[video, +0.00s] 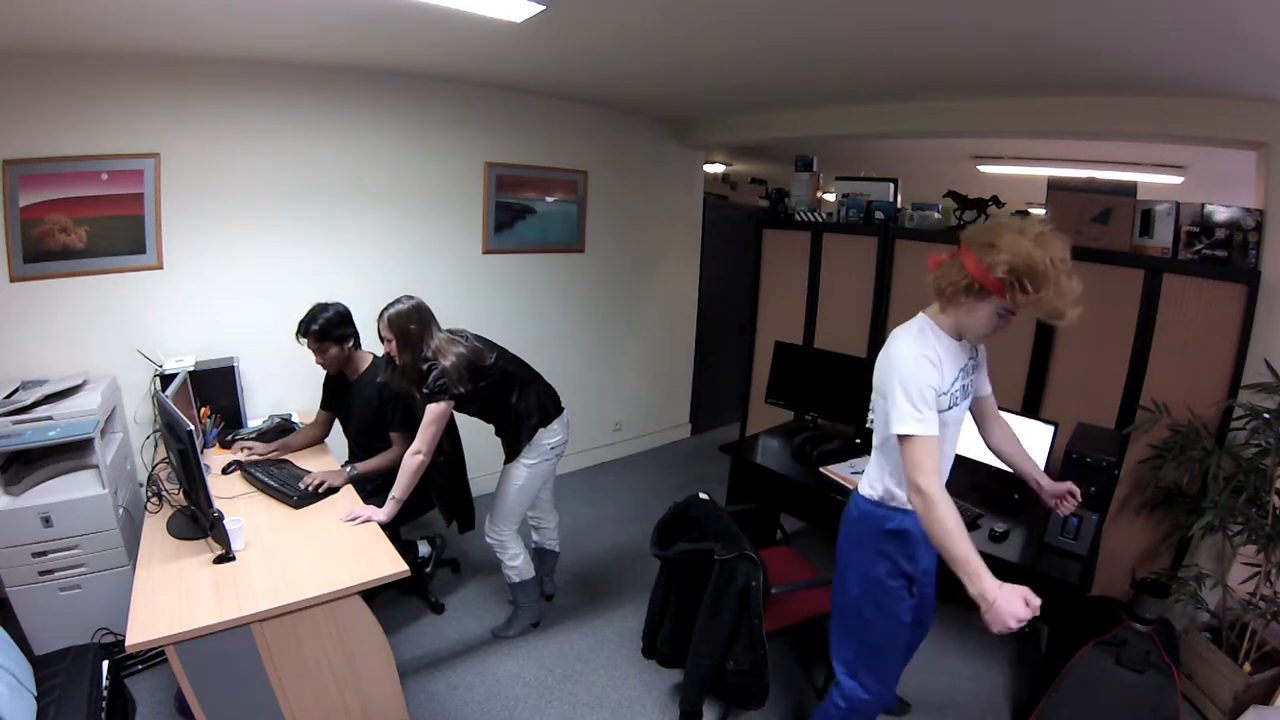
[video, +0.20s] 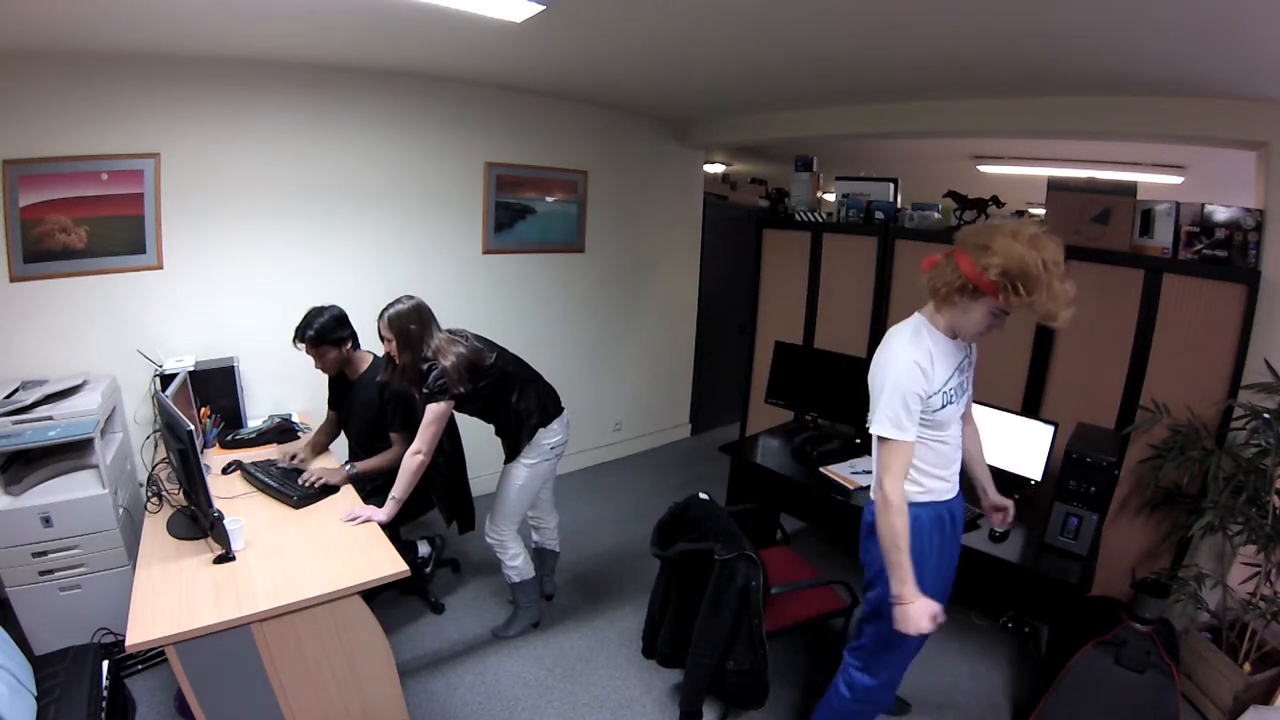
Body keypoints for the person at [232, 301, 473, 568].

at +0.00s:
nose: (317, 360)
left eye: (322, 352)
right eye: (313, 352)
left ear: (348, 342)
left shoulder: (390, 381)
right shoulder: (336, 375)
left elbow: (402, 449)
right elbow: (319, 428)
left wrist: (347, 473)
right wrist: (271, 448)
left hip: (403, 477)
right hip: (364, 473)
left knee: (339, 531)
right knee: (314, 513)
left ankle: (419, 552)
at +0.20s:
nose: (315, 363)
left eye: (319, 355)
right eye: (312, 356)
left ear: (346, 345)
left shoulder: (388, 382)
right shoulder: (339, 374)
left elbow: (403, 450)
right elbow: (333, 423)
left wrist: (346, 471)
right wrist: (307, 449)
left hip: (406, 476)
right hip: (365, 474)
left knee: (344, 527)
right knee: (321, 513)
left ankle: (419, 553)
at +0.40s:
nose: (316, 362)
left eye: (319, 353)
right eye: (312, 355)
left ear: (346, 344)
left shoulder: (389, 381)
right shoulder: (339, 376)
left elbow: (402, 450)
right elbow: (332, 429)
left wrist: (346, 474)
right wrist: (311, 459)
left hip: (408, 477)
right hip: (366, 473)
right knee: (320, 513)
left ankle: (419, 552)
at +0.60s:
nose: (316, 364)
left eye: (320, 355)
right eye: (312, 356)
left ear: (346, 345)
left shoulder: (389, 382)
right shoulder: (339, 376)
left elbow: (403, 450)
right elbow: (332, 429)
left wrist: (347, 474)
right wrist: (311, 459)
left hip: (406, 477)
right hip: (364, 474)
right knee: (320, 513)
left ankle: (419, 552)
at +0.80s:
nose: (317, 365)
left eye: (321, 356)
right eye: (313, 357)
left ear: (347, 345)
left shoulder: (389, 382)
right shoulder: (338, 377)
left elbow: (402, 451)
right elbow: (332, 428)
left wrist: (346, 474)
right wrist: (312, 459)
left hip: (408, 475)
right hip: (365, 473)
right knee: (321, 512)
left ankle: (419, 552)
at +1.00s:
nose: (318, 362)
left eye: (322, 352)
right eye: (313, 354)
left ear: (349, 343)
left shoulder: (389, 383)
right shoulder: (339, 376)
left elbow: (402, 452)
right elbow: (332, 428)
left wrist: (346, 474)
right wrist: (312, 459)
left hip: (408, 476)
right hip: (365, 471)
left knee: (343, 531)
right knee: (321, 512)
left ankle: (420, 552)